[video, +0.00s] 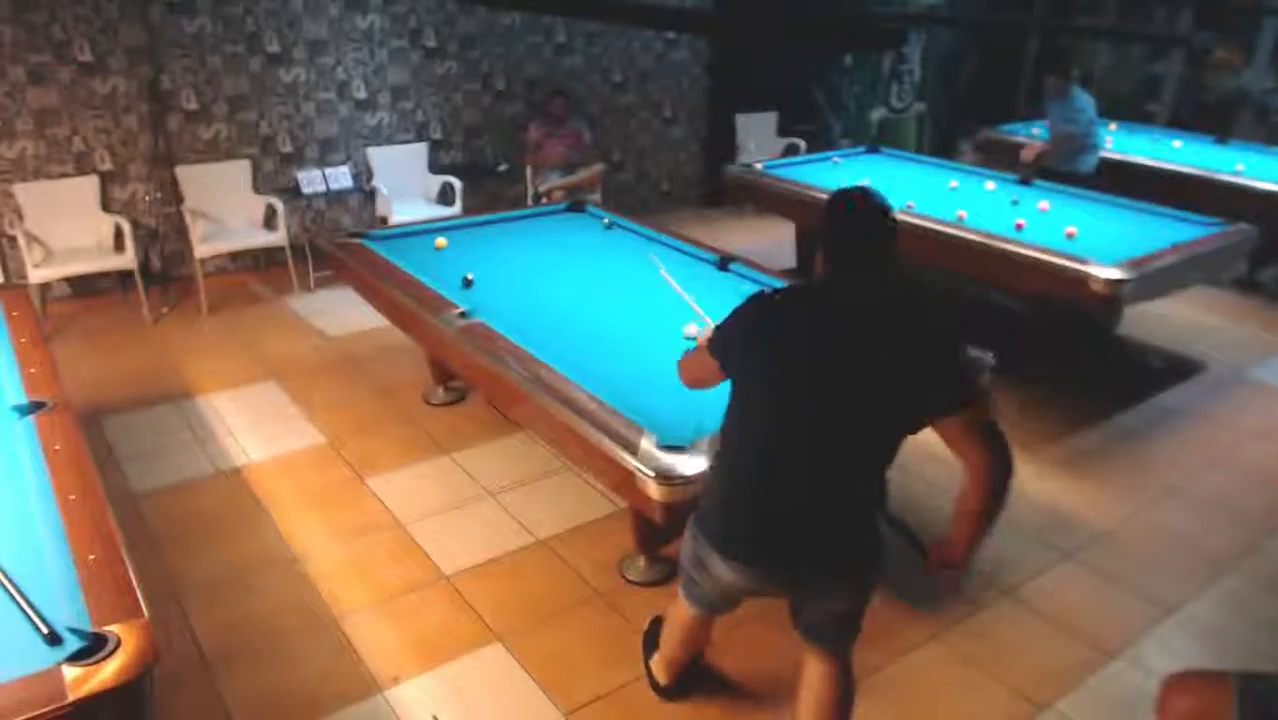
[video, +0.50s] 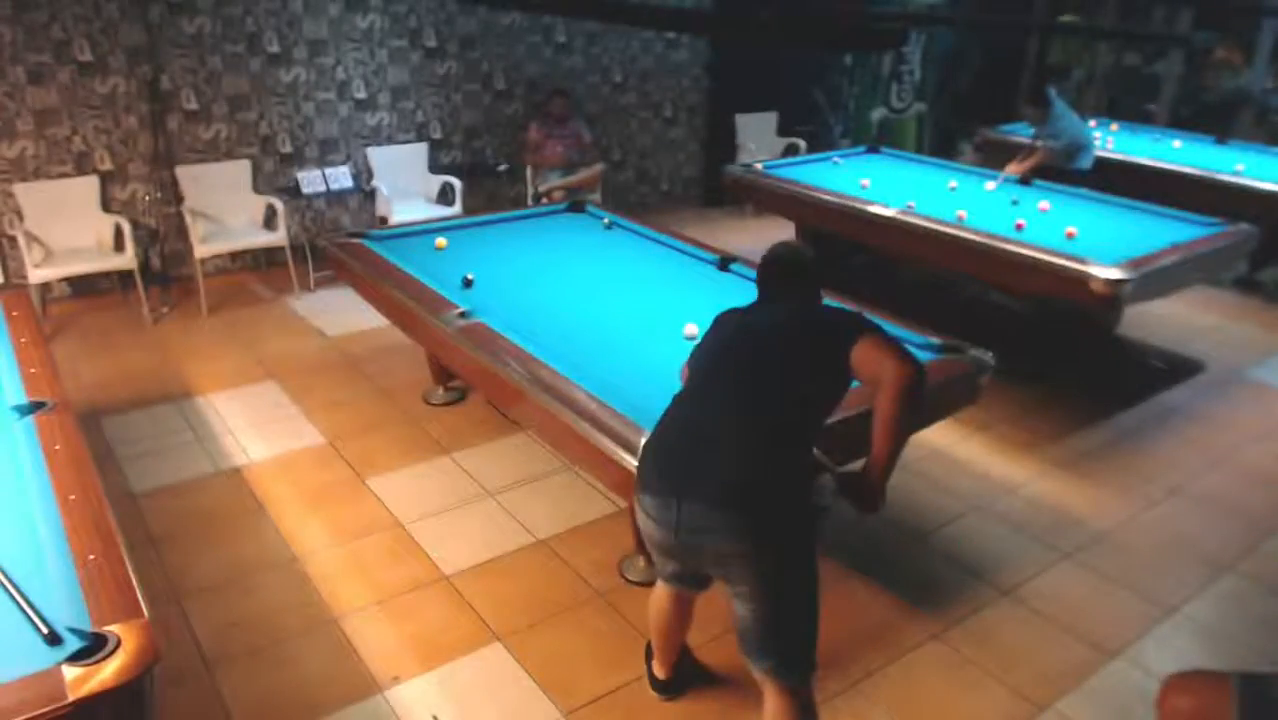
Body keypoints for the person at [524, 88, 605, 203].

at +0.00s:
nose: (558, 111)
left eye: (562, 107)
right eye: (554, 107)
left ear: (568, 109)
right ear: (547, 108)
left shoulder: (578, 127)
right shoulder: (537, 128)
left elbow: (588, 152)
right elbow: (530, 160)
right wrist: (531, 194)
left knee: (599, 167)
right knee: (559, 195)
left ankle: (550, 188)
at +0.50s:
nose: (559, 111)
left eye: (563, 106)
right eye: (555, 106)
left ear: (569, 107)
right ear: (548, 107)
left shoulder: (577, 125)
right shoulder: (538, 126)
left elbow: (589, 148)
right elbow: (530, 156)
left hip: (573, 168)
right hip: (546, 170)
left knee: (599, 168)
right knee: (559, 195)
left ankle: (548, 188)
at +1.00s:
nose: (559, 111)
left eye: (563, 106)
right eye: (555, 106)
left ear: (569, 107)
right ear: (548, 107)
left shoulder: (577, 125)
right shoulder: (538, 126)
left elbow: (589, 148)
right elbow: (529, 156)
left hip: (573, 168)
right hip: (547, 170)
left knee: (599, 168)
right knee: (558, 195)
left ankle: (548, 189)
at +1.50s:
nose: (559, 110)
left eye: (563, 106)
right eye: (555, 106)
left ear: (568, 108)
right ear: (548, 107)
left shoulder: (578, 126)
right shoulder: (539, 127)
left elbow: (593, 155)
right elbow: (528, 156)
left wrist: (572, 160)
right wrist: (552, 161)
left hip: (576, 166)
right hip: (550, 169)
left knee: (602, 169)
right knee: (558, 196)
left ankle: (551, 186)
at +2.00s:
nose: (560, 111)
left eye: (563, 106)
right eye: (556, 107)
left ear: (569, 107)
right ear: (549, 108)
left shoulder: (578, 125)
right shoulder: (539, 127)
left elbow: (592, 152)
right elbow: (528, 157)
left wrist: (574, 161)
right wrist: (553, 162)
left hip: (577, 166)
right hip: (551, 169)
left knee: (601, 169)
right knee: (559, 196)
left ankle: (548, 188)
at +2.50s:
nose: (560, 111)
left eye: (563, 106)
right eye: (555, 107)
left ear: (568, 108)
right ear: (549, 108)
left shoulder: (578, 125)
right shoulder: (540, 127)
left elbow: (593, 155)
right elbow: (528, 157)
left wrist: (572, 160)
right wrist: (552, 162)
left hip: (576, 166)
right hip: (552, 169)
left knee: (601, 168)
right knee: (558, 196)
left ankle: (549, 187)